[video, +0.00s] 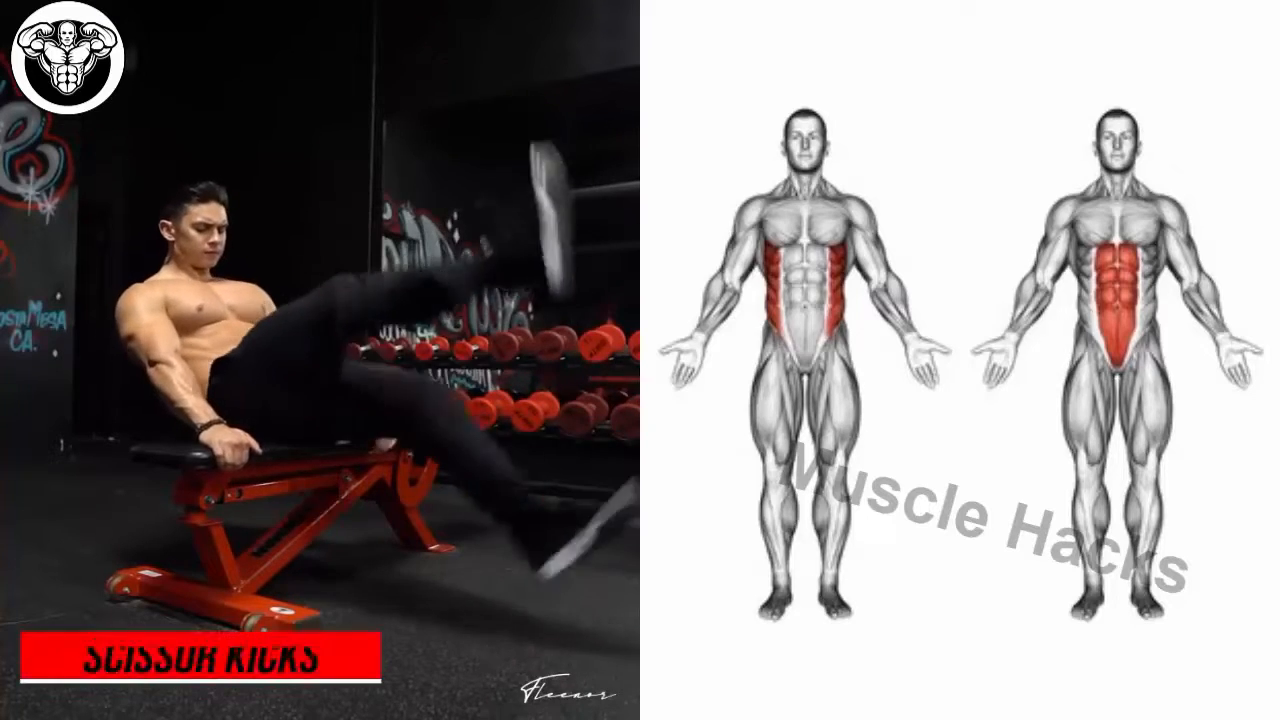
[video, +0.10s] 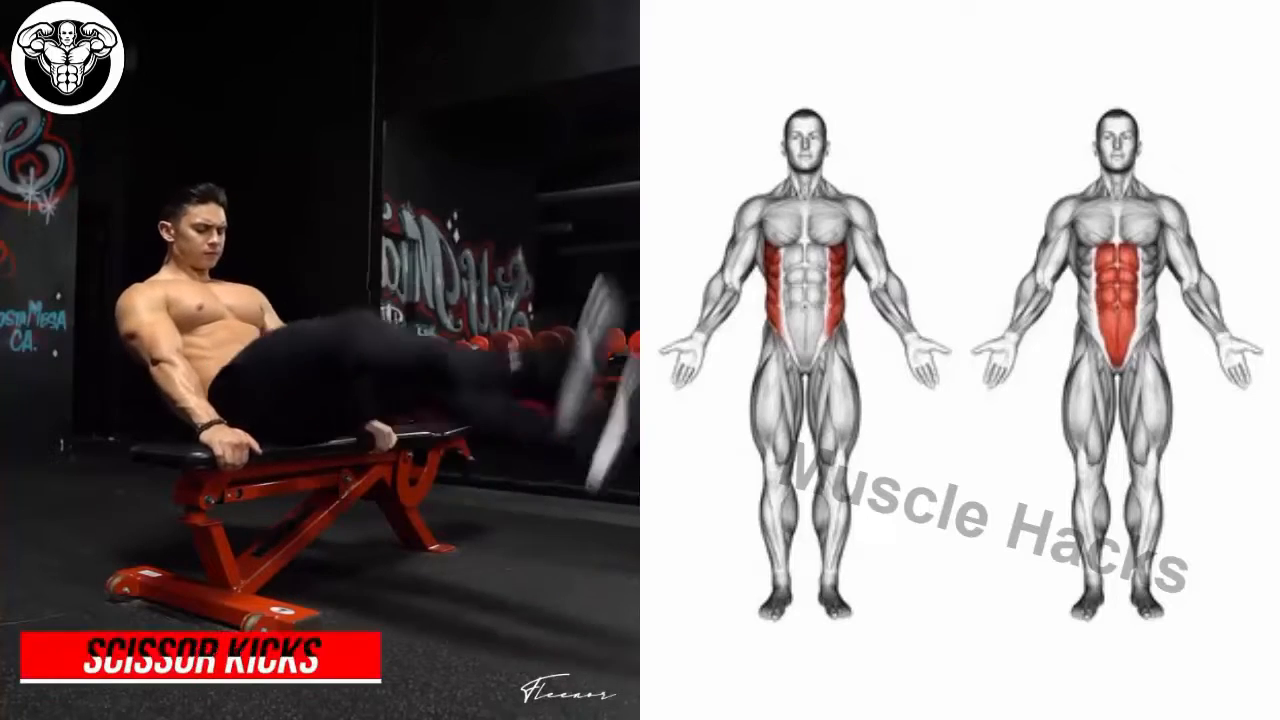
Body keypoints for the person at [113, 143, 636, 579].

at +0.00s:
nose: (215, 239)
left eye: (221, 230)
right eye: (202, 229)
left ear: (225, 235)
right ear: (168, 232)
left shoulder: (251, 293)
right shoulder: (143, 298)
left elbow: (302, 350)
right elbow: (163, 366)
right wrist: (210, 426)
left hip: (302, 396)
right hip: (242, 393)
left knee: (425, 398)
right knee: (336, 299)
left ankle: (539, 532)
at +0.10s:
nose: (214, 241)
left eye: (220, 232)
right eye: (202, 230)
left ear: (224, 236)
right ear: (169, 233)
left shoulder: (249, 294)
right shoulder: (142, 296)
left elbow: (303, 360)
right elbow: (166, 364)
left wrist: (361, 418)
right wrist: (210, 424)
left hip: (300, 402)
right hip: (242, 401)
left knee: (432, 372)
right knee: (346, 333)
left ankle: (568, 439)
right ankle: (505, 368)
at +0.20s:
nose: (216, 238)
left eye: (221, 229)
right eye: (204, 227)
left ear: (226, 237)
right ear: (170, 232)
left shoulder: (247, 295)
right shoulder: (144, 296)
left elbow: (307, 352)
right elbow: (167, 362)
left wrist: (365, 384)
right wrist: (210, 426)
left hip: (292, 380)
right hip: (237, 394)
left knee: (403, 326)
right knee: (361, 374)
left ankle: (552, 328)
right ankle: (524, 496)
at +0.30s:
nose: (220, 235)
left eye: (226, 226)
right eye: (208, 224)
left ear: (229, 234)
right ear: (174, 229)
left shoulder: (250, 292)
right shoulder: (146, 291)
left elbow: (310, 353)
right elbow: (168, 361)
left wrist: (368, 380)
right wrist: (210, 424)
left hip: (302, 376)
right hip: (249, 392)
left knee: (386, 301)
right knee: (375, 421)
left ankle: (532, 231)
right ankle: (502, 574)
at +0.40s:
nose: (224, 230)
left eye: (229, 221)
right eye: (211, 219)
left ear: (231, 229)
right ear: (177, 225)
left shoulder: (250, 291)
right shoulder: (147, 287)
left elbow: (309, 351)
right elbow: (166, 359)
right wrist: (211, 426)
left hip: (300, 374)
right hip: (247, 389)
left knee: (383, 290)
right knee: (371, 427)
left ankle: (509, 201)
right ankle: (491, 587)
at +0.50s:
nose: (221, 228)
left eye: (226, 219)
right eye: (209, 217)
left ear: (229, 228)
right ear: (173, 224)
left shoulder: (251, 291)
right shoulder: (146, 290)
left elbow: (309, 352)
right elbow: (163, 361)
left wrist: (368, 375)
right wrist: (209, 426)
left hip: (294, 378)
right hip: (240, 393)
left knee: (376, 299)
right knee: (371, 400)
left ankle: (535, 241)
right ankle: (510, 534)